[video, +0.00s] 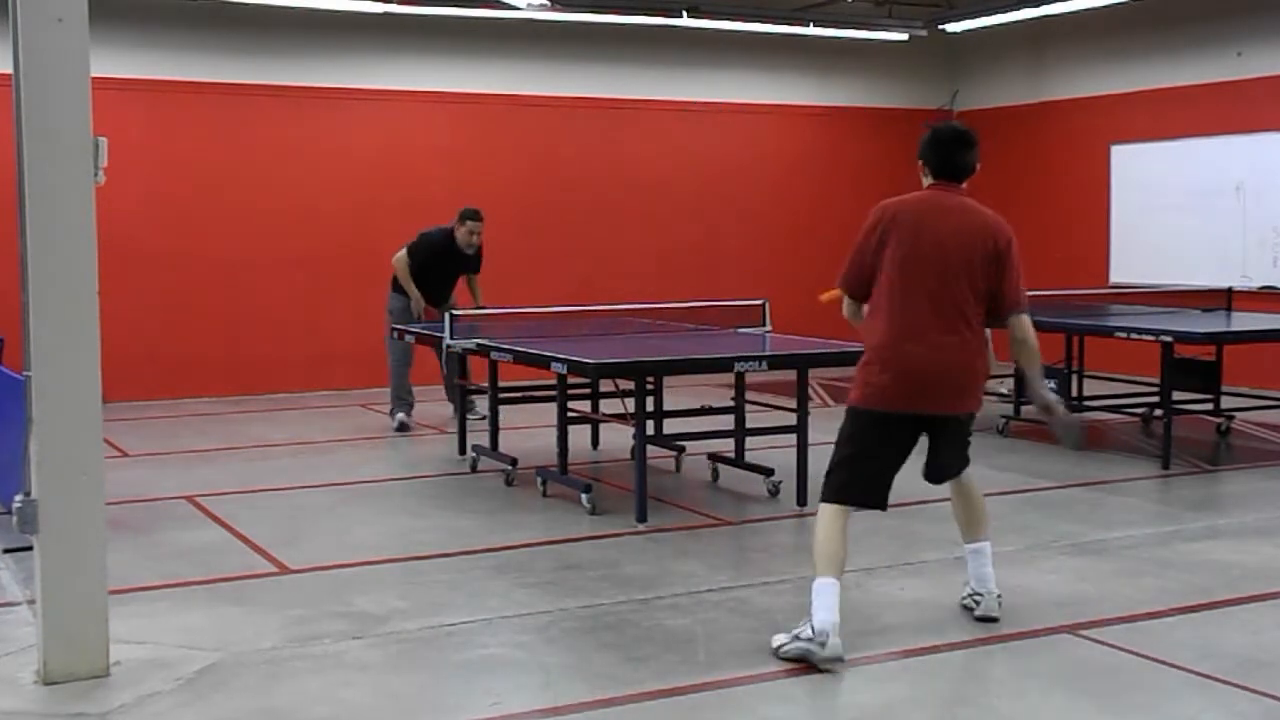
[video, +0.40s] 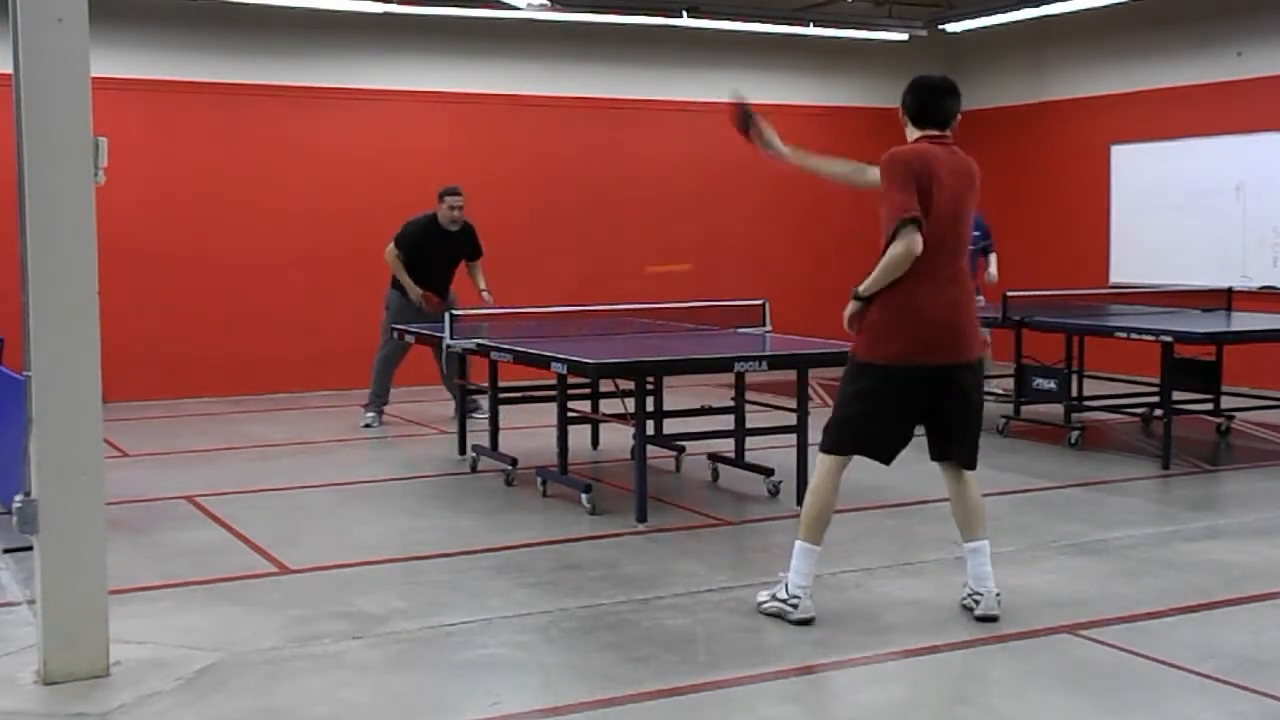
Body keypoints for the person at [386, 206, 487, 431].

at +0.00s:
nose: (475, 240)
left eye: (479, 234)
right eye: (471, 233)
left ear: (482, 233)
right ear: (457, 228)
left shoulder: (474, 249)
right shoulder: (433, 240)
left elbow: (471, 276)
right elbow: (398, 261)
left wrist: (478, 303)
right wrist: (415, 296)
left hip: (440, 301)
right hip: (406, 297)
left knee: (453, 352)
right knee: (401, 354)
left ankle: (463, 403)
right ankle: (401, 409)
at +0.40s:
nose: (457, 214)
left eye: (460, 208)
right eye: (452, 208)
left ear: (465, 209)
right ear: (439, 207)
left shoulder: (466, 233)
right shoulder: (419, 227)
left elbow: (473, 263)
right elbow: (391, 254)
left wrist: (482, 289)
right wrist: (410, 287)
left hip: (440, 300)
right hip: (405, 299)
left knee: (451, 351)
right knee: (391, 350)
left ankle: (464, 403)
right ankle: (374, 407)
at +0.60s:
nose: (424, 223)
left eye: (429, 217)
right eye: (419, 218)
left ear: (436, 217)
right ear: (410, 219)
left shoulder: (450, 240)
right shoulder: (402, 238)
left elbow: (472, 265)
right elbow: (392, 257)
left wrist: (475, 293)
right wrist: (380, 278)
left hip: (442, 310)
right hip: (406, 307)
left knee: (463, 353)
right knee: (389, 351)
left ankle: (478, 404)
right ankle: (364, 405)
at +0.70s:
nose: (405, 228)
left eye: (410, 223)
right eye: (399, 223)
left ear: (418, 222)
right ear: (392, 224)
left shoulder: (436, 244)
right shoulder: (388, 244)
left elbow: (462, 268)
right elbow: (381, 268)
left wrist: (469, 297)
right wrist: (364, 277)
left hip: (435, 315)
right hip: (399, 313)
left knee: (456, 359)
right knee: (379, 356)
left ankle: (479, 404)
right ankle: (357, 409)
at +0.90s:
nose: (392, 242)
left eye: (397, 237)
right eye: (387, 237)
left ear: (402, 234)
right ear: (378, 235)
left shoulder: (414, 246)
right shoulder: (368, 243)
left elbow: (435, 274)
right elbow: (352, 264)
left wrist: (452, 300)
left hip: (415, 310)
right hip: (378, 310)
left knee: (437, 356)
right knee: (364, 353)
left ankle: (472, 400)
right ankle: (354, 411)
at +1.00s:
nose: (393, 244)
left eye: (398, 238)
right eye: (389, 238)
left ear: (403, 235)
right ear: (377, 236)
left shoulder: (411, 246)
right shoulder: (366, 245)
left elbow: (433, 273)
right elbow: (356, 227)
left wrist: (455, 301)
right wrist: (391, 210)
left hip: (409, 309)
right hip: (372, 309)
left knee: (434, 355)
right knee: (361, 353)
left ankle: (464, 400)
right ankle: (354, 411)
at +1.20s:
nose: (415, 229)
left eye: (419, 224)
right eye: (411, 223)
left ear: (422, 222)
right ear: (397, 220)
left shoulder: (423, 241)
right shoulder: (380, 228)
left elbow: (433, 276)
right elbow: (345, 226)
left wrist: (445, 307)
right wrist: (370, 216)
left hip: (405, 305)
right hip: (370, 303)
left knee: (424, 353)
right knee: (358, 352)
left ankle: (446, 400)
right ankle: (354, 411)